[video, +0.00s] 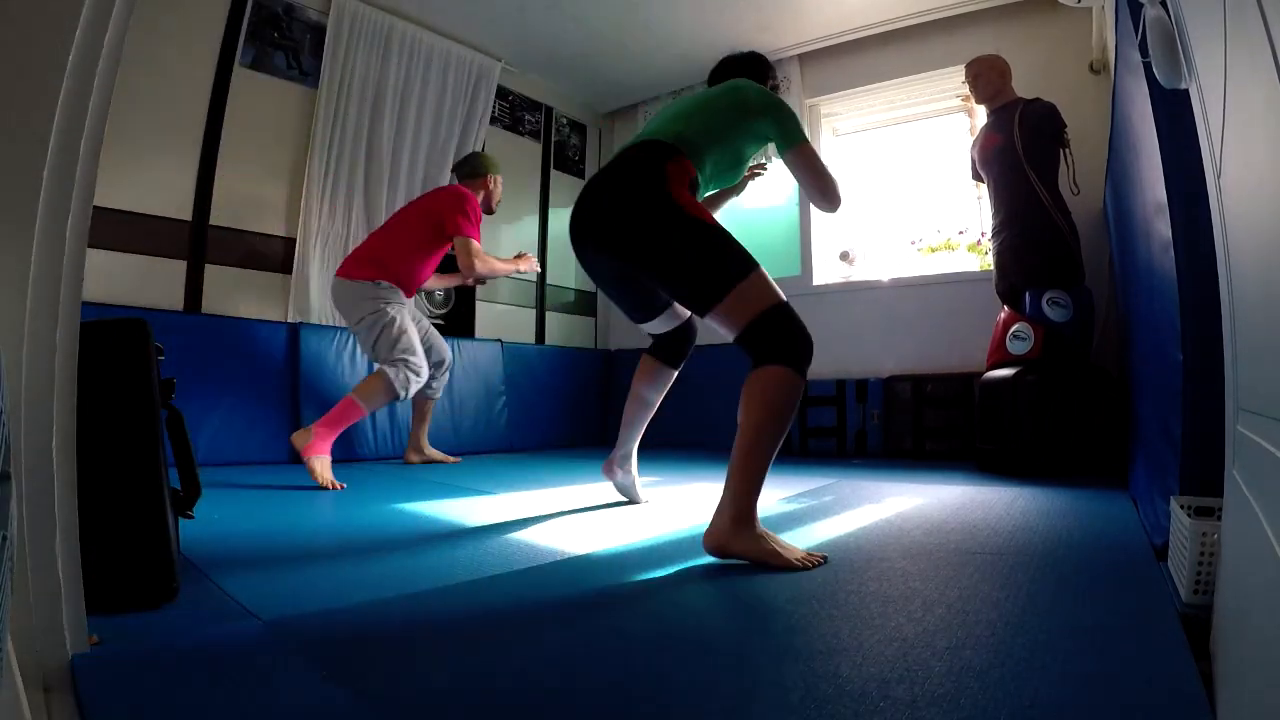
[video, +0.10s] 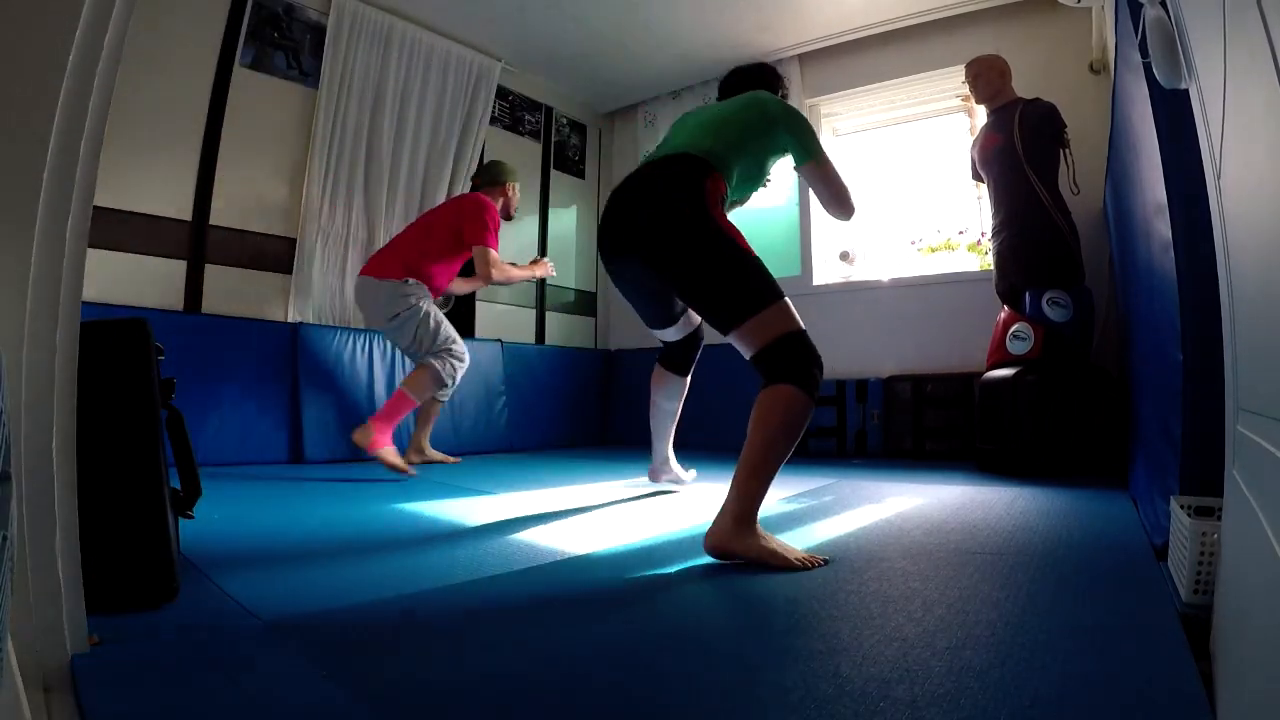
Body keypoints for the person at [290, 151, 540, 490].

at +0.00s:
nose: (501, 193)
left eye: (501, 185)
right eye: (500, 184)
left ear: (464, 180)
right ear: (489, 182)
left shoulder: (444, 204)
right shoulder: (462, 200)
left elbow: (423, 280)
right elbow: (473, 263)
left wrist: (467, 277)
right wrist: (516, 265)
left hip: (391, 292)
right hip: (369, 286)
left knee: (436, 358)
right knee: (407, 368)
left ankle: (418, 445)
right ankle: (317, 436)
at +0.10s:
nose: (518, 199)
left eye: (517, 192)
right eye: (517, 191)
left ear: (482, 186)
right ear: (508, 189)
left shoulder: (463, 208)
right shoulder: (483, 207)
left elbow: (445, 285)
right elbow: (491, 271)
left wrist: (495, 276)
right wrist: (533, 271)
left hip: (386, 286)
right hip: (394, 286)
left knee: (447, 359)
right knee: (452, 356)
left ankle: (419, 445)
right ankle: (377, 429)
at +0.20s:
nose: (534, 204)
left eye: (534, 198)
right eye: (535, 197)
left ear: (500, 192)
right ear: (526, 195)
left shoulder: (478, 211)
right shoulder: (504, 211)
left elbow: (460, 283)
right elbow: (513, 276)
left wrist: (508, 274)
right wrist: (550, 276)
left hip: (395, 283)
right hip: (415, 286)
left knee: (462, 355)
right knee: (480, 352)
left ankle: (428, 438)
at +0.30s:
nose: (549, 206)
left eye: (548, 200)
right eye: (549, 200)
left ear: (515, 196)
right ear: (542, 198)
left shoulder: (494, 213)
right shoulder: (524, 217)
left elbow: (465, 270)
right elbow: (535, 280)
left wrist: (503, 283)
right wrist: (566, 280)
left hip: (416, 288)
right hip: (439, 294)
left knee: (483, 350)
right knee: (490, 373)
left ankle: (461, 426)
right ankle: (425, 446)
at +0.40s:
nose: (563, 213)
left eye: (562, 208)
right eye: (563, 207)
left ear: (529, 205)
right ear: (556, 206)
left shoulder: (506, 222)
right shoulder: (542, 226)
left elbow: (472, 270)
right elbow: (553, 286)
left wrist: (507, 290)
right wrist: (582, 286)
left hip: (430, 293)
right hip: (459, 298)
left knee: (487, 364)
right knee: (508, 377)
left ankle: (491, 439)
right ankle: (435, 436)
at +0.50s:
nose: (576, 220)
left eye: (575, 214)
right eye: (577, 214)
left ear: (545, 210)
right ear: (570, 211)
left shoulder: (525, 228)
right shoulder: (555, 229)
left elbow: (489, 274)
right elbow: (566, 289)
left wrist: (524, 295)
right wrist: (594, 288)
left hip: (449, 295)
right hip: (480, 298)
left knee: (502, 367)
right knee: (533, 367)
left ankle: (495, 441)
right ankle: (468, 421)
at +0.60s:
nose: (591, 221)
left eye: (590, 216)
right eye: (591, 216)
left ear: (560, 212)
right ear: (585, 214)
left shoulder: (542, 228)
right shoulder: (570, 229)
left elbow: (512, 279)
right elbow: (580, 289)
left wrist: (546, 292)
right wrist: (606, 289)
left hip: (466, 293)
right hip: (495, 294)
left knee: (518, 362)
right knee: (552, 357)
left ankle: (501, 432)